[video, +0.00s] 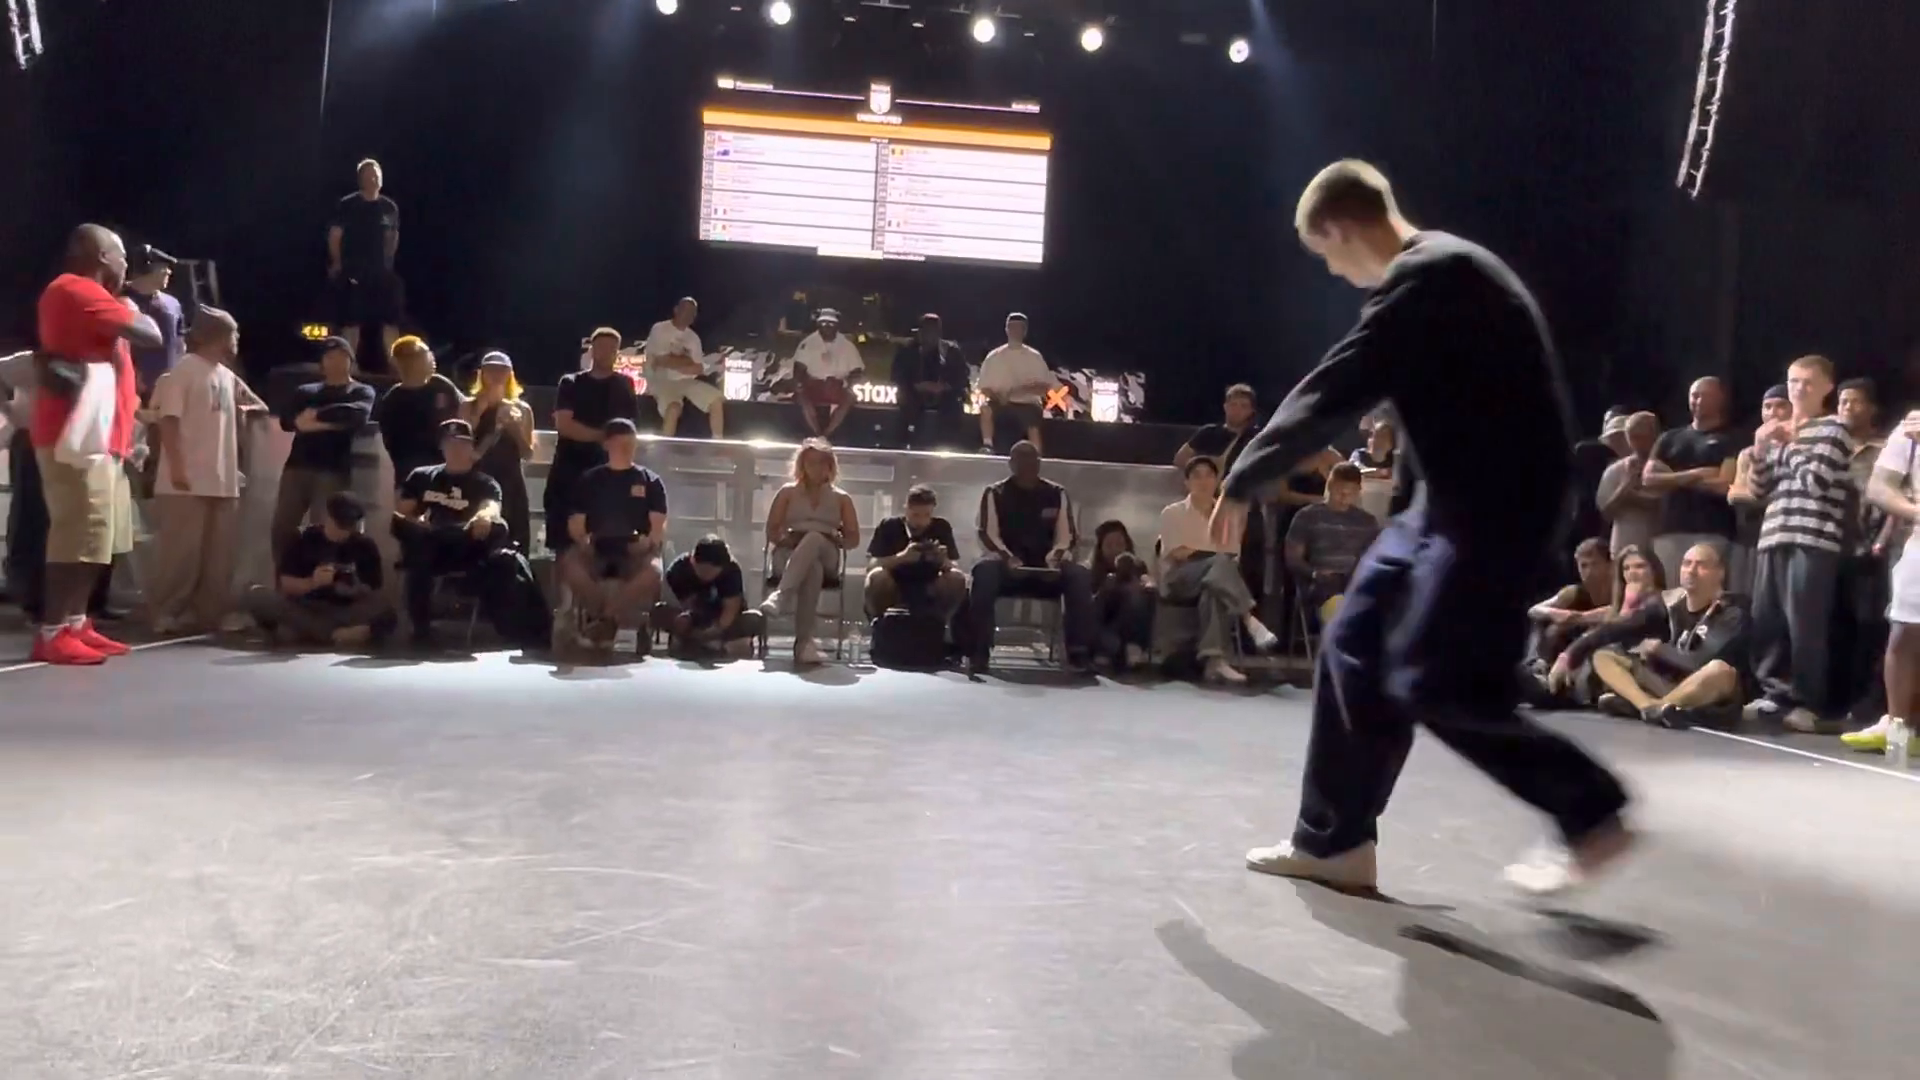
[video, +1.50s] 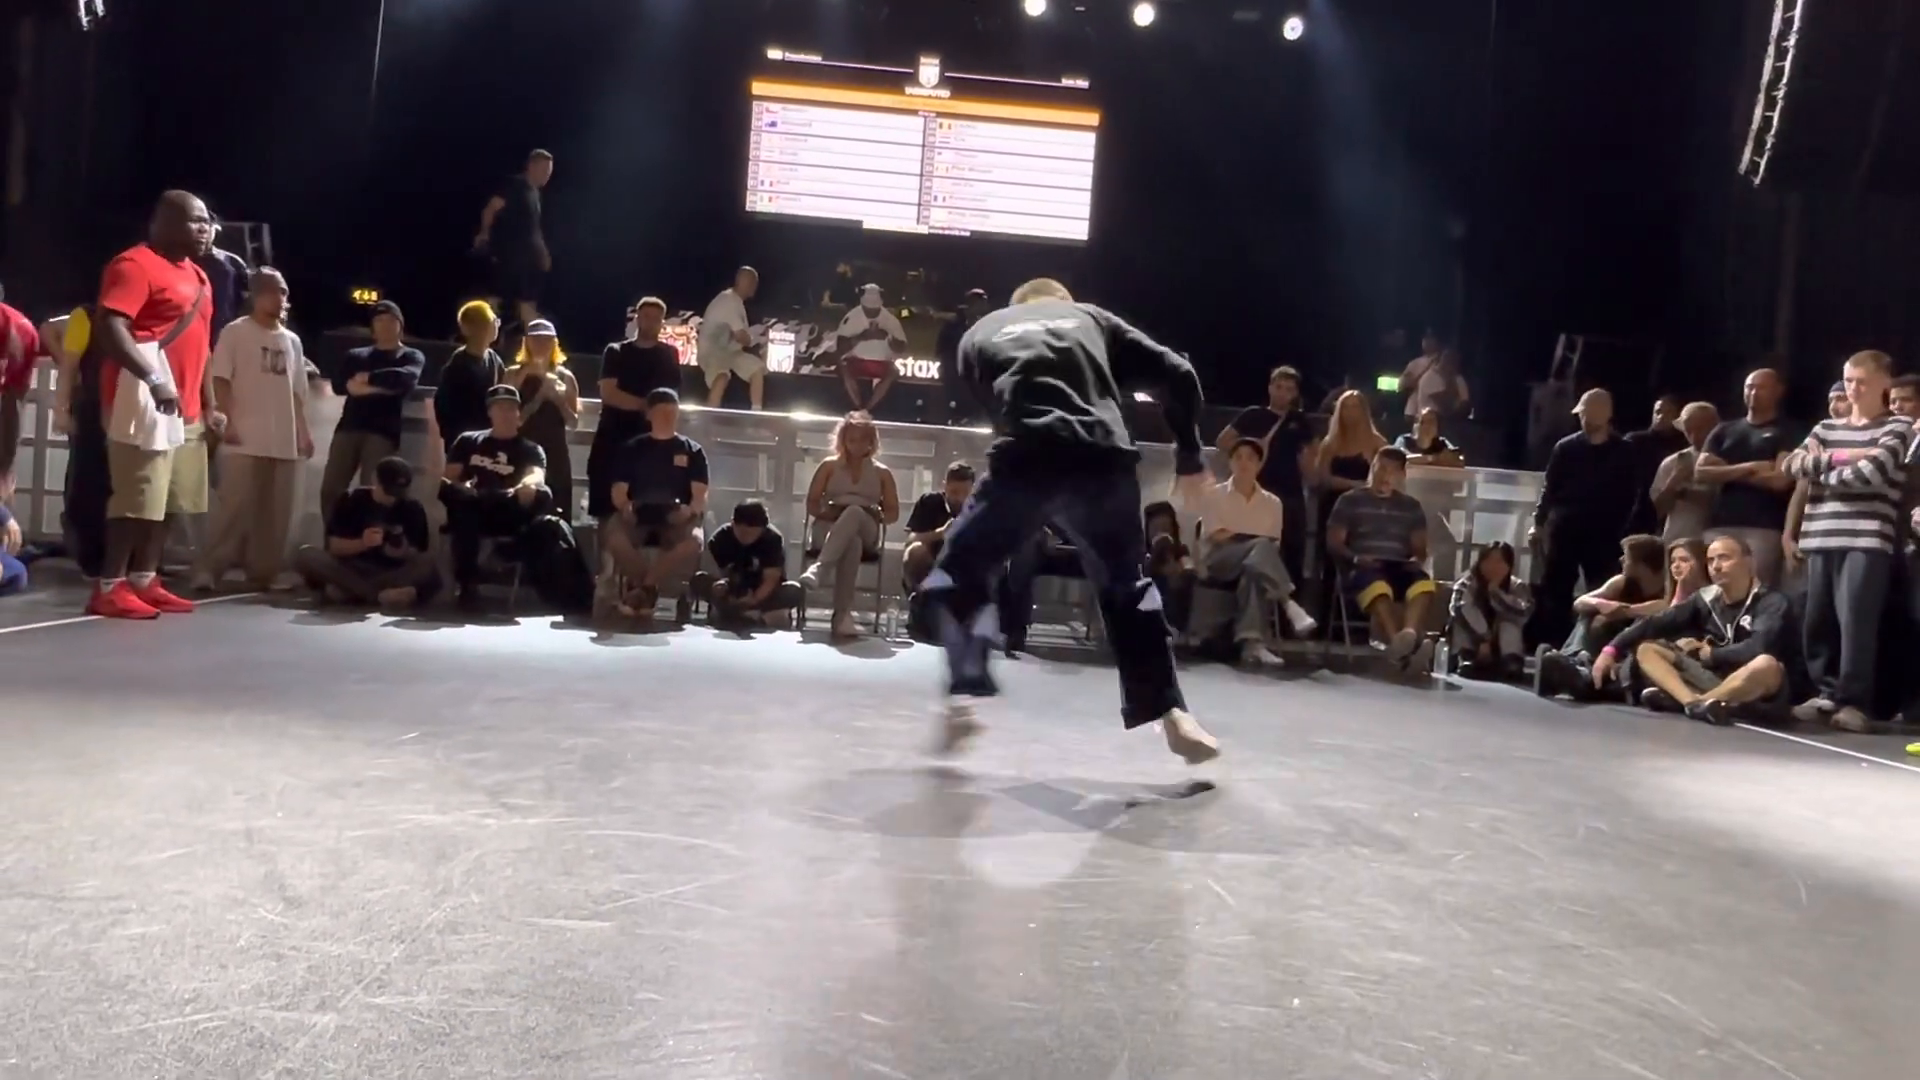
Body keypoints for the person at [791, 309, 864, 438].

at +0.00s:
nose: (827, 328)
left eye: (831, 325)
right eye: (824, 325)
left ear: (836, 327)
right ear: (819, 326)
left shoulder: (846, 345)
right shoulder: (808, 343)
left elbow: (857, 370)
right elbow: (799, 366)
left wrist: (847, 382)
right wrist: (800, 381)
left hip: (836, 384)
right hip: (813, 383)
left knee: (849, 398)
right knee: (802, 397)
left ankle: (827, 434)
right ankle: (817, 434)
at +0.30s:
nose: (842, 317)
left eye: (846, 314)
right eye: (838, 313)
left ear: (852, 316)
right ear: (833, 315)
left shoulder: (861, 334)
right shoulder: (824, 332)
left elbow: (871, 360)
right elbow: (814, 356)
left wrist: (863, 375)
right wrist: (818, 371)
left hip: (852, 374)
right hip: (829, 372)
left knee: (864, 388)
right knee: (817, 385)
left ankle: (842, 423)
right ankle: (832, 423)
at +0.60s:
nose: (855, 317)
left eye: (859, 314)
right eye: (852, 314)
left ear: (864, 312)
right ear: (846, 312)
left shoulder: (873, 326)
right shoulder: (836, 324)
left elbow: (886, 353)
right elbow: (825, 354)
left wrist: (869, 354)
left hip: (866, 369)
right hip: (841, 368)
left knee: (876, 381)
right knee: (828, 376)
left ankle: (854, 417)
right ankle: (844, 416)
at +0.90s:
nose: (862, 315)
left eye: (865, 312)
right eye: (858, 312)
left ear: (870, 309)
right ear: (852, 309)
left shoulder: (880, 323)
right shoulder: (842, 321)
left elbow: (891, 352)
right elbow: (831, 351)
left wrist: (877, 342)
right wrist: (853, 342)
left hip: (872, 367)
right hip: (847, 365)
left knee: (883, 377)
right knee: (834, 371)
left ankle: (859, 413)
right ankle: (849, 412)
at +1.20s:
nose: (868, 315)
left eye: (871, 312)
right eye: (864, 311)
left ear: (876, 308)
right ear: (858, 307)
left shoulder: (886, 321)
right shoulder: (848, 319)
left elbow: (897, 350)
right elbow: (837, 350)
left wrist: (883, 339)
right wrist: (858, 339)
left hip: (878, 364)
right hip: (853, 363)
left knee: (889, 375)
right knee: (840, 371)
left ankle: (865, 411)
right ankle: (855, 410)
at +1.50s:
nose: (871, 312)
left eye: (875, 309)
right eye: (868, 309)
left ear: (880, 305)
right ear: (862, 305)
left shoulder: (890, 319)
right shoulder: (852, 316)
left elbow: (901, 348)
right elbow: (840, 347)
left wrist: (887, 336)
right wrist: (862, 336)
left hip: (882, 362)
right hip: (857, 360)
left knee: (893, 373)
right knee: (844, 369)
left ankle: (868, 409)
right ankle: (859, 408)